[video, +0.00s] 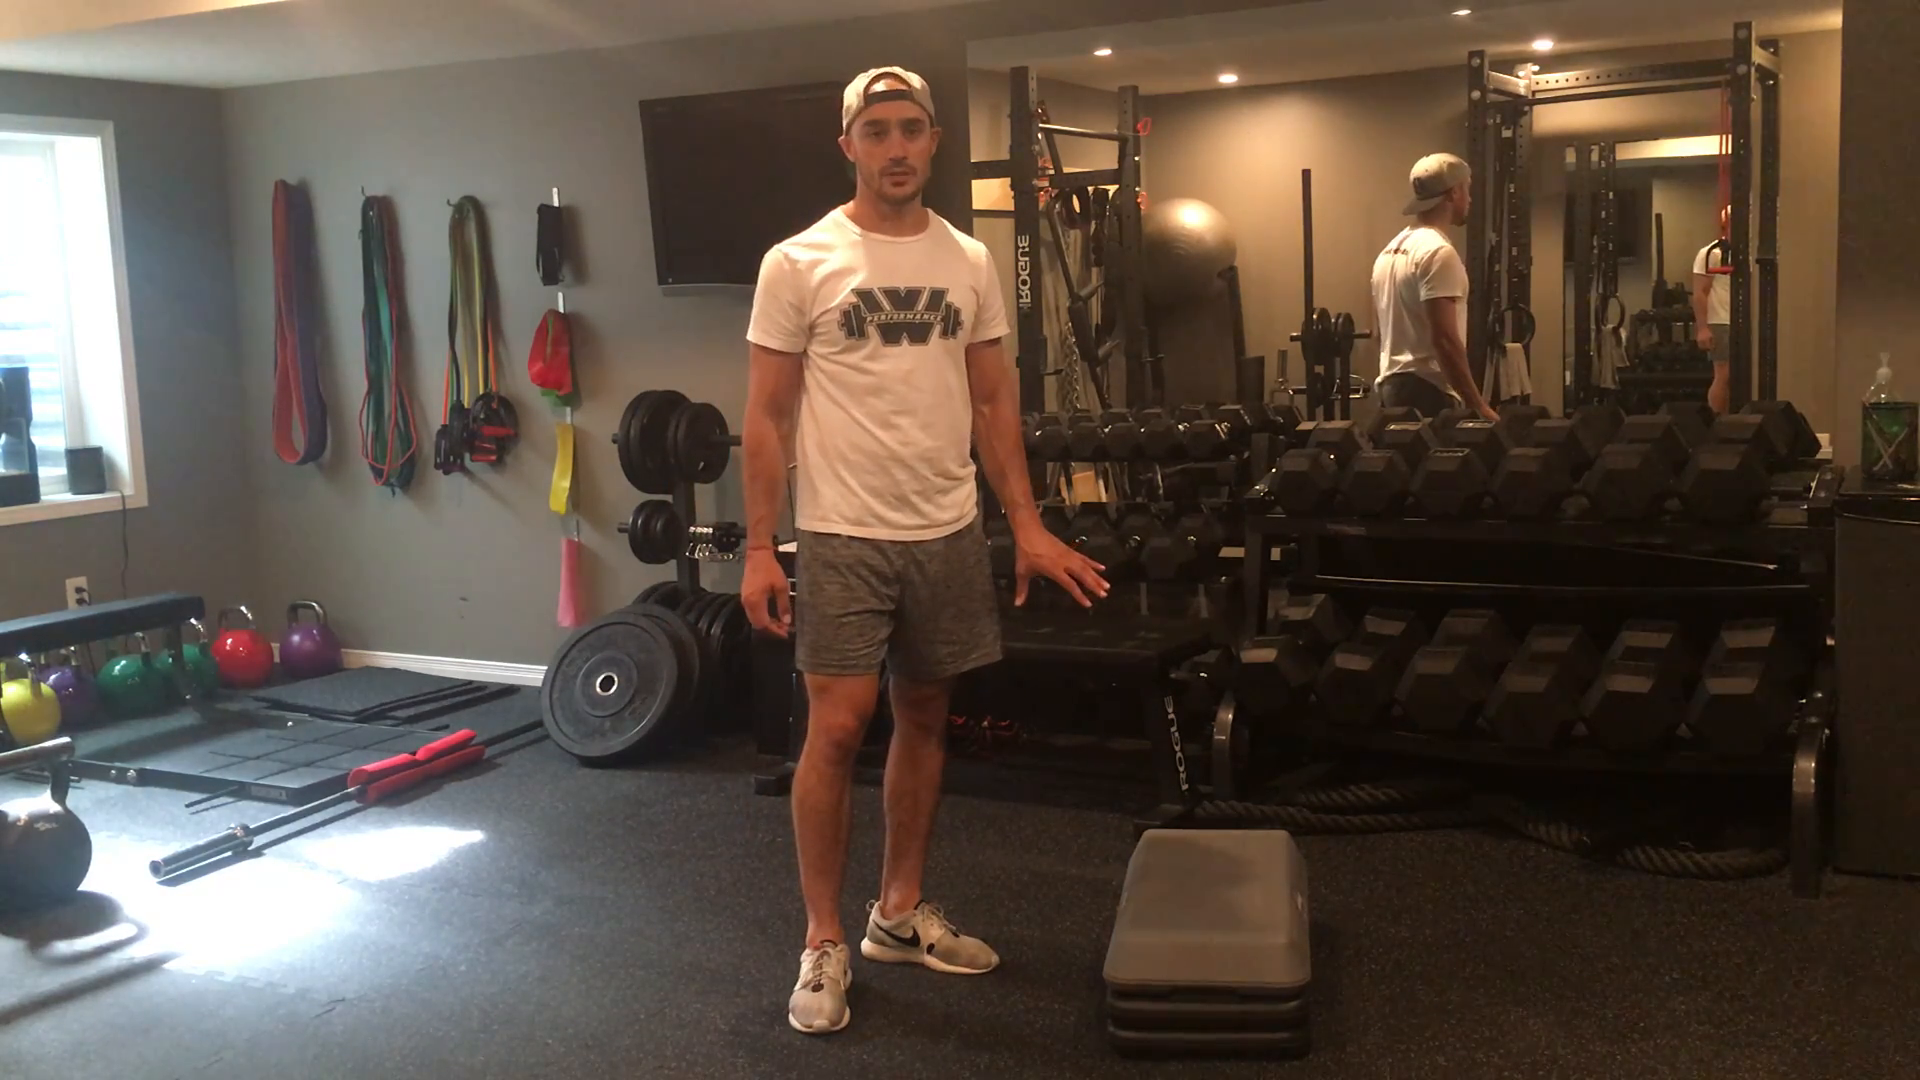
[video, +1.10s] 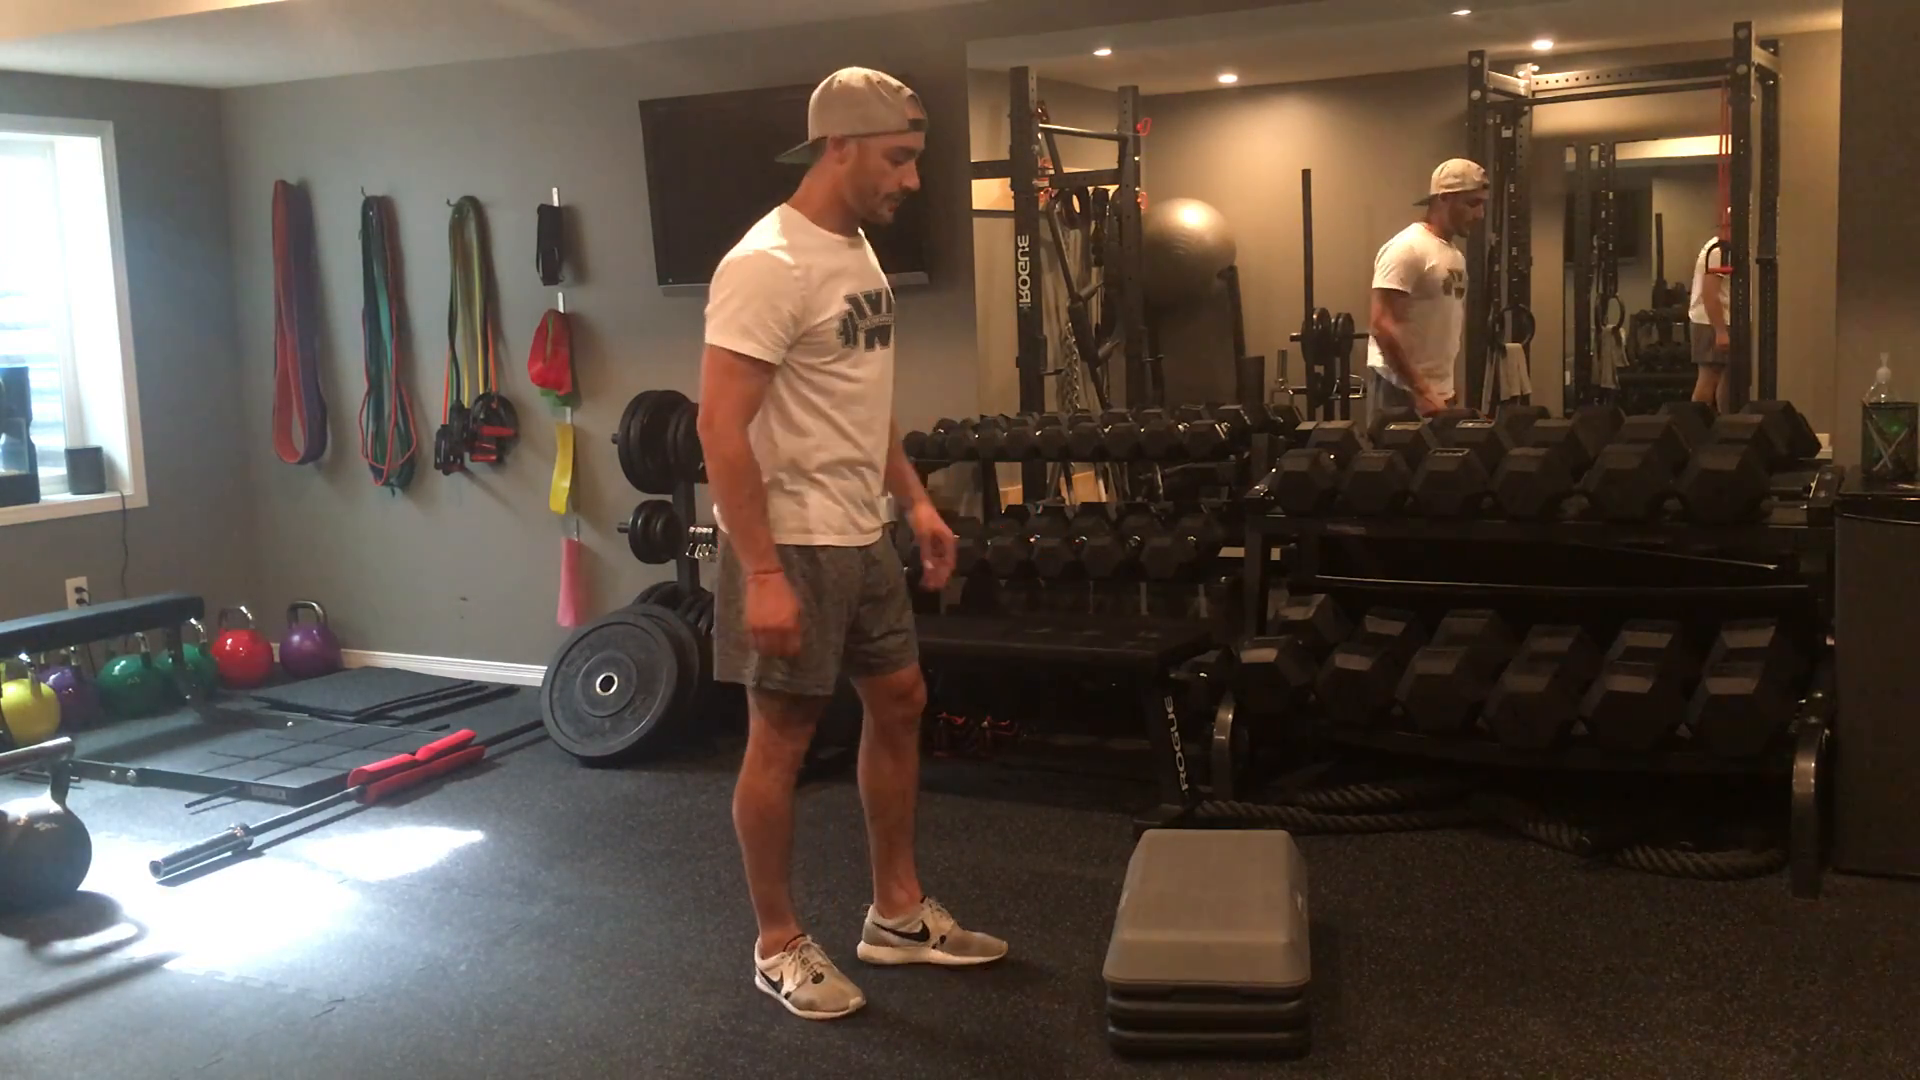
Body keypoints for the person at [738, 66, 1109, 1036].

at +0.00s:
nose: (896, 148)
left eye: (910, 131)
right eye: (877, 132)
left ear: (934, 144)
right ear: (848, 146)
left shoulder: (969, 263)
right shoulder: (798, 263)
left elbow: (993, 401)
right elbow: (770, 413)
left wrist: (1027, 522)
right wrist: (759, 546)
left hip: (947, 534)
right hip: (840, 536)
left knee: (924, 720)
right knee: (838, 727)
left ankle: (901, 911)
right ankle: (823, 941)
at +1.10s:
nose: (911, 178)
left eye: (914, 159)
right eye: (898, 158)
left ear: (857, 156)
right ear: (840, 151)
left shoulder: (856, 254)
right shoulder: (763, 264)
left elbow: (866, 405)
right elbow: (718, 428)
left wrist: (916, 501)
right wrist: (763, 572)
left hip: (869, 540)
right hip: (789, 550)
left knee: (897, 709)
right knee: (777, 748)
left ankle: (899, 910)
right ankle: (778, 944)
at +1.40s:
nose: (983, 176)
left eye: (985, 158)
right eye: (973, 156)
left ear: (920, 156)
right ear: (919, 153)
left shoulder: (900, 257)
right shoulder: (845, 253)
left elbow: (865, 411)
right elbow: (796, 415)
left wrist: (902, 503)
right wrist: (886, 531)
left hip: (880, 537)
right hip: (813, 541)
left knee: (923, 705)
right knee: (796, 738)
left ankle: (897, 917)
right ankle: (777, 943)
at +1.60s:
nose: (1056, 192)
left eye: (1054, 174)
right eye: (1044, 173)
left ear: (995, 179)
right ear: (990, 176)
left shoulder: (970, 270)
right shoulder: (924, 261)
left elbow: (913, 413)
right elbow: (851, 405)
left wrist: (958, 498)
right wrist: (947, 512)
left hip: (918, 541)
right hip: (876, 542)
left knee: (959, 736)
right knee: (963, 737)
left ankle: (902, 926)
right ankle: (815, 905)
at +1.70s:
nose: (1086, 197)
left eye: (1085, 180)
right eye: (1073, 179)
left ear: (1021, 188)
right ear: (1018, 184)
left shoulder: (998, 284)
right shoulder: (951, 271)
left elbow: (944, 423)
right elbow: (848, 389)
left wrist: (1020, 481)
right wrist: (942, 501)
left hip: (927, 539)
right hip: (903, 541)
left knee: (973, 724)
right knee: (1079, 676)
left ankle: (906, 925)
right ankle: (914, 839)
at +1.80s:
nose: (1111, 131)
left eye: (1109, 113)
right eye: (1097, 112)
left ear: (1047, 127)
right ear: (1043, 125)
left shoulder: (1035, 228)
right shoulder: (973, 215)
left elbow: (967, 331)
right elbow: (859, 325)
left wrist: (1055, 361)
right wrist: (963, 425)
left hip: (951, 490)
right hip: (943, 494)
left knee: (962, 689)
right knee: (1133, 604)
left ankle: (915, 904)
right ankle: (1050, 817)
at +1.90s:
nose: (1137, 83)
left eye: (1134, 64)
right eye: (1120, 65)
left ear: (1072, 83)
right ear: (1062, 81)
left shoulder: (1057, 183)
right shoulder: (1003, 175)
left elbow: (1001, 296)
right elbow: (908, 303)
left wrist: (1081, 324)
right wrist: (1024, 396)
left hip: (976, 449)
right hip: (989, 450)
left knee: (1034, 642)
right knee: (1152, 606)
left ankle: (945, 853)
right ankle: (1114, 839)